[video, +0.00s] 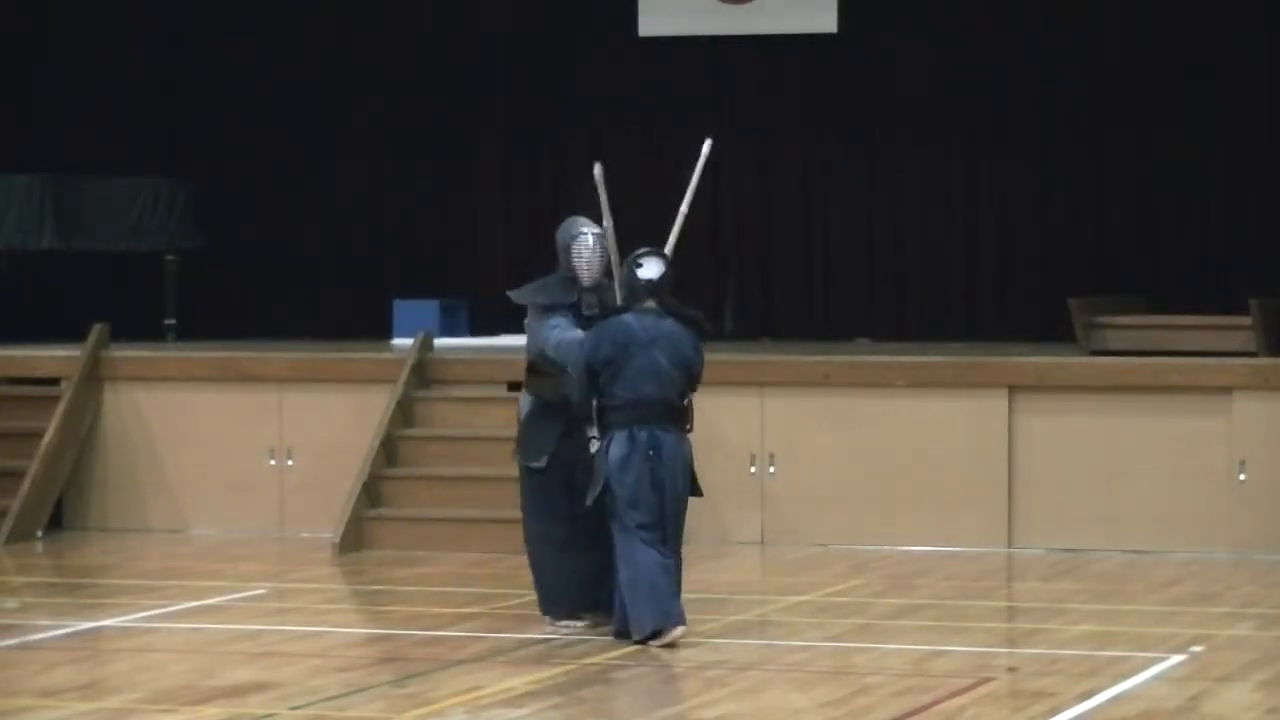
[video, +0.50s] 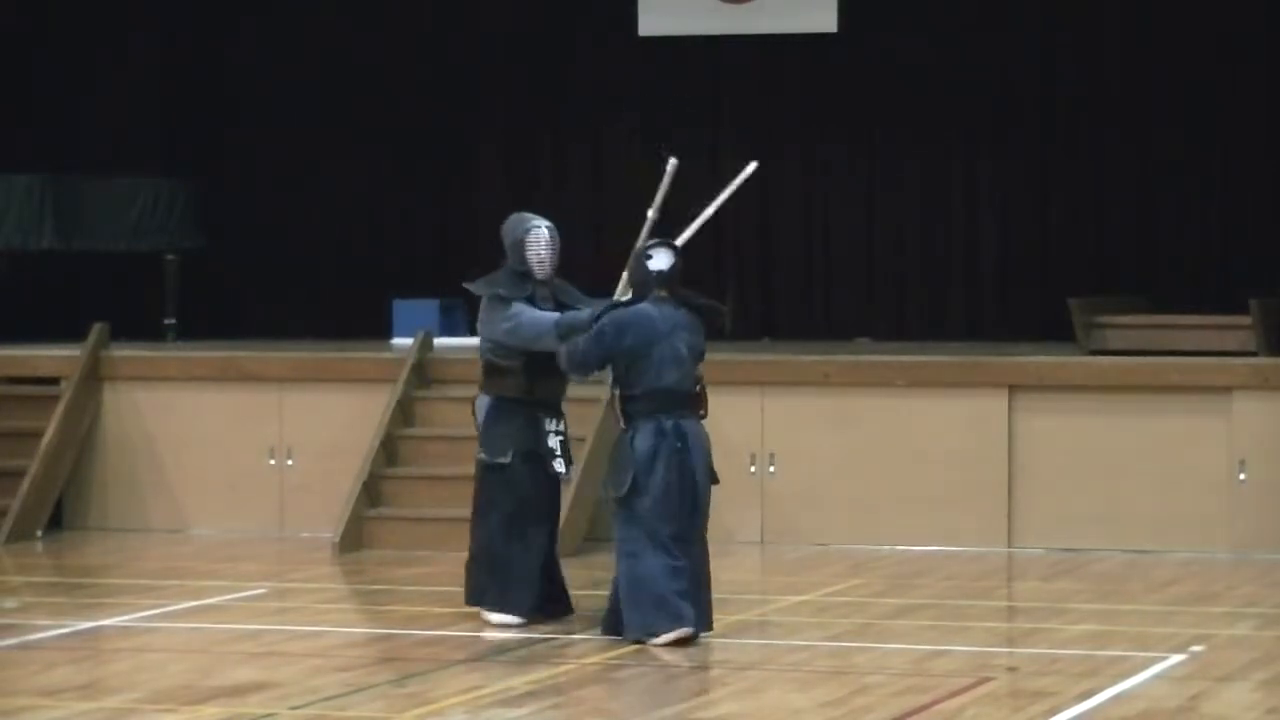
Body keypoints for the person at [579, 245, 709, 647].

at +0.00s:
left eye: (626, 281)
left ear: (626, 285)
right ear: (663, 288)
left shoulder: (607, 332)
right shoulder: (684, 334)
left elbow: (583, 387)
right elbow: (691, 380)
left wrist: (591, 417)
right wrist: (658, 398)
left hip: (625, 435)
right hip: (671, 435)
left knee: (634, 525)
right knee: (665, 527)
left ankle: (663, 617)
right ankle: (637, 617)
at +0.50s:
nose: (626, 276)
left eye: (629, 270)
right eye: (631, 269)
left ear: (636, 277)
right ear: (672, 278)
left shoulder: (627, 321)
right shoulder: (690, 322)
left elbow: (576, 358)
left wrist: (575, 330)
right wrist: (624, 313)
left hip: (650, 432)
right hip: (692, 430)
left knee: (643, 526)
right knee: (681, 526)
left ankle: (670, 619)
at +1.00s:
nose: (620, 287)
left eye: (622, 281)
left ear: (628, 284)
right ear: (664, 283)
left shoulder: (618, 332)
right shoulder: (684, 327)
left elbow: (589, 396)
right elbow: (686, 367)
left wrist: (600, 363)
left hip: (641, 437)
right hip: (680, 434)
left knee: (647, 529)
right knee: (676, 528)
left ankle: (677, 628)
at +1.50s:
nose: (570, 287)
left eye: (573, 282)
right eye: (573, 282)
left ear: (582, 283)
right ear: (614, 282)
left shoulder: (580, 324)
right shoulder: (636, 322)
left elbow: (538, 365)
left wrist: (543, 321)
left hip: (606, 431)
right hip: (640, 429)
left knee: (612, 521)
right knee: (629, 519)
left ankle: (660, 610)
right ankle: (607, 621)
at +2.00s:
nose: (581, 282)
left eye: (583, 276)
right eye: (585, 276)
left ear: (589, 279)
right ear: (621, 275)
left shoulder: (588, 326)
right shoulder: (640, 320)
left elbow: (553, 383)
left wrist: (528, 382)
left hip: (605, 432)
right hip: (636, 429)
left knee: (605, 520)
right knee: (627, 517)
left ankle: (663, 604)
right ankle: (599, 615)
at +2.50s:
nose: (601, 284)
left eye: (604, 277)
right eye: (604, 276)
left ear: (610, 279)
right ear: (640, 277)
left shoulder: (613, 326)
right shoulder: (655, 321)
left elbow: (576, 398)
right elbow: (603, 370)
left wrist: (543, 400)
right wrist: (551, 387)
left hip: (622, 435)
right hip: (653, 430)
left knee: (608, 525)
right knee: (646, 522)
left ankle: (651, 606)